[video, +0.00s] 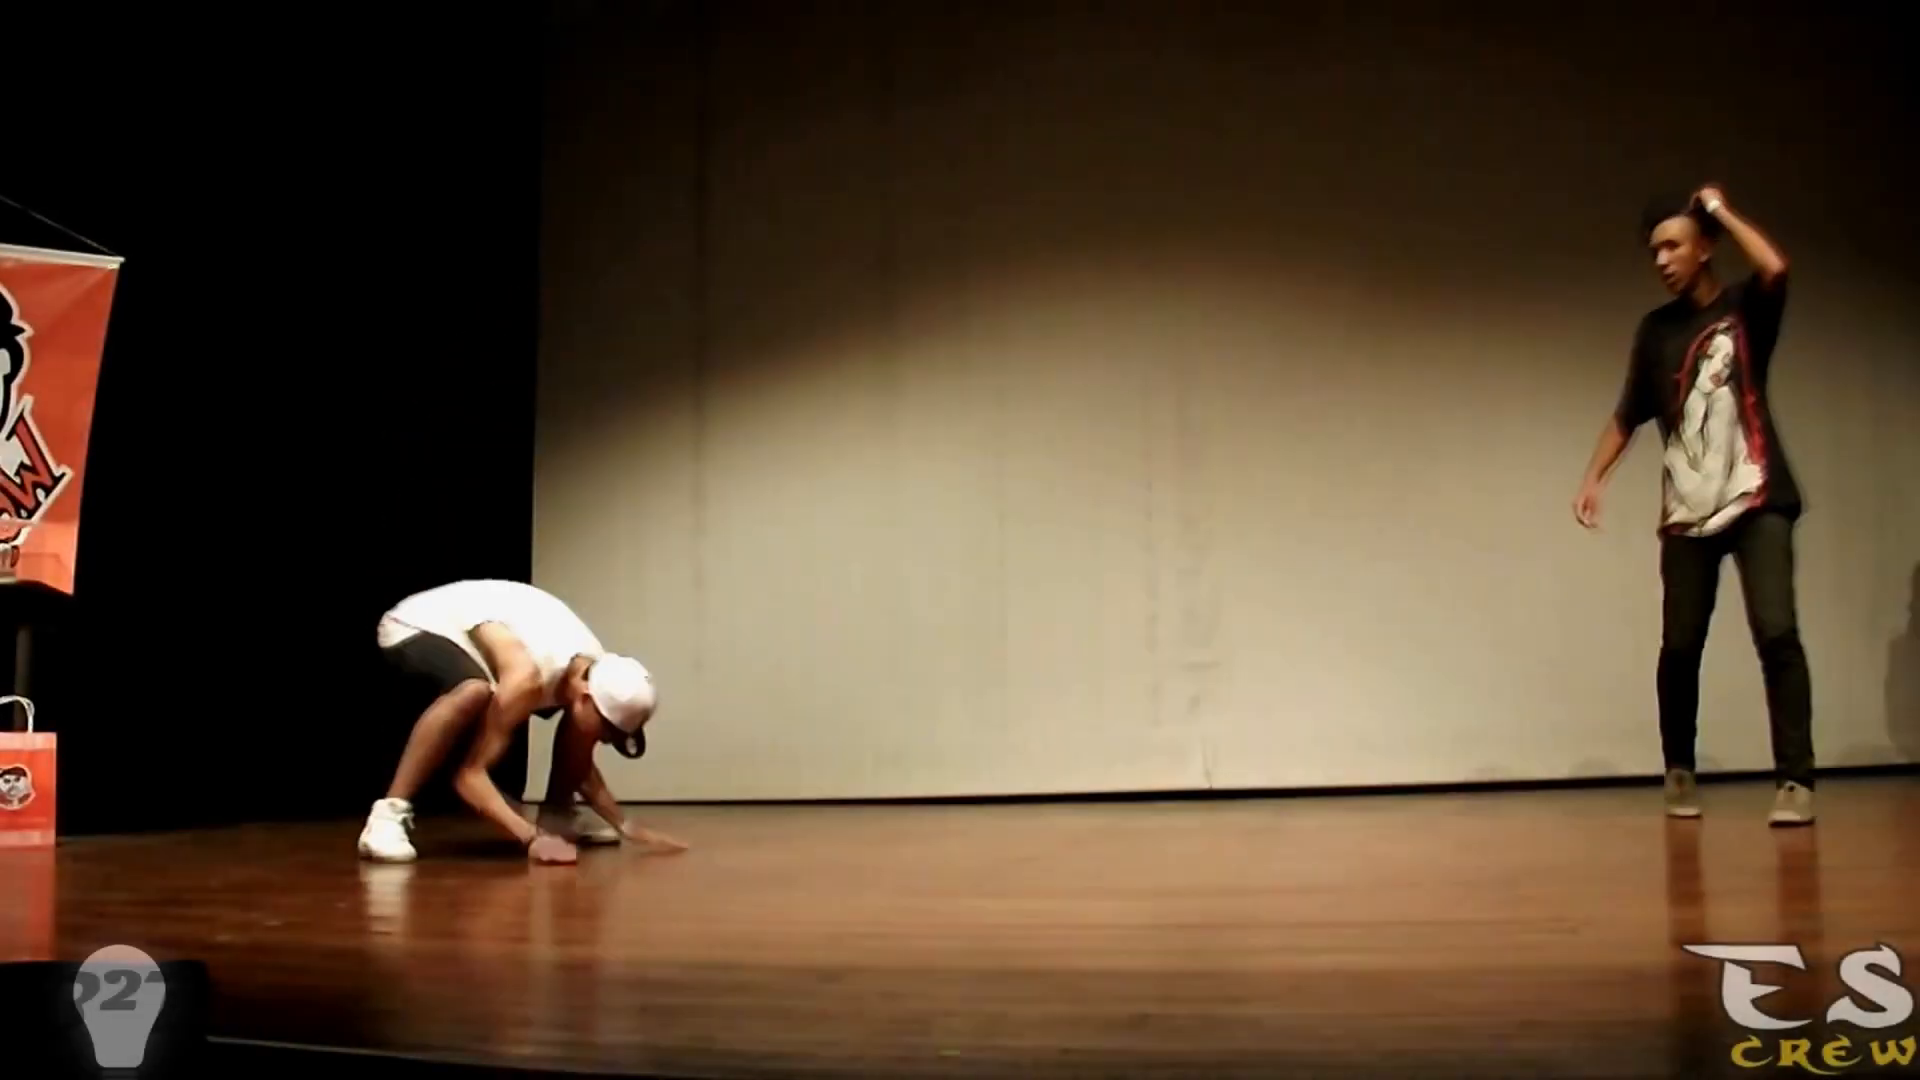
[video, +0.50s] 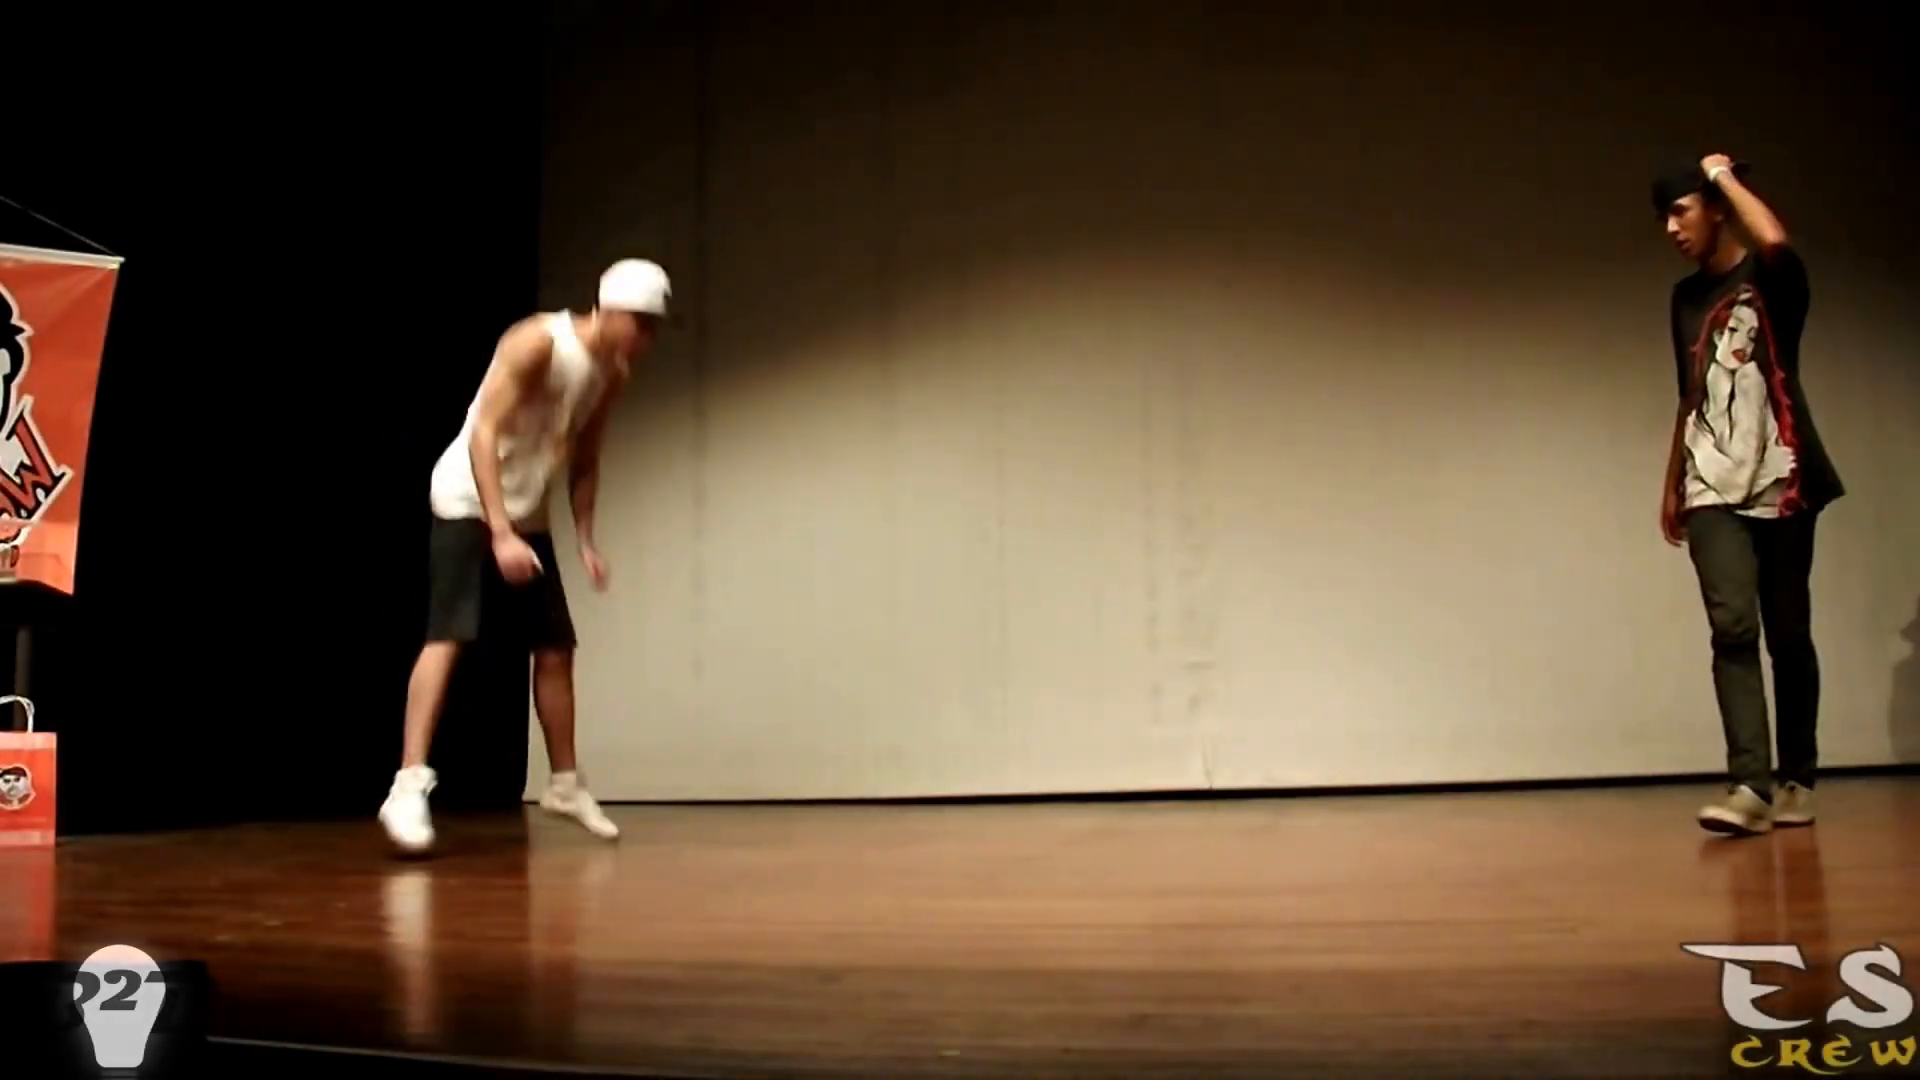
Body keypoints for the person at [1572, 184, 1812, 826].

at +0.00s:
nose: (1660, 259)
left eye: (1670, 246)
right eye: (1655, 250)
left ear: (1706, 247)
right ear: (1656, 258)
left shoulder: (1748, 308)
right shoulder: (1656, 329)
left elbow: (1774, 270)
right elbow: (1627, 415)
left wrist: (1726, 214)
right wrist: (1594, 478)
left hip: (1756, 497)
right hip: (1686, 508)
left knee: (1776, 634)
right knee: (1679, 645)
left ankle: (1795, 783)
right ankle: (1678, 773)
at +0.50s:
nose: (1671, 230)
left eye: (1680, 215)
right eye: (1666, 218)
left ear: (1717, 210)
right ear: (1673, 225)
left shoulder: (1775, 279)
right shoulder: (1687, 295)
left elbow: (1775, 246)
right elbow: (1688, 402)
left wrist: (1728, 181)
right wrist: (1672, 486)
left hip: (1782, 483)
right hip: (1711, 486)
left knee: (1788, 636)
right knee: (1732, 629)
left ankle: (1797, 783)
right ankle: (1750, 785)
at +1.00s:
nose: (1661, 184)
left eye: (1671, 169)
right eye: (1657, 173)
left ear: (1710, 167)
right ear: (1665, 184)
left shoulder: (1763, 236)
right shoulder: (1682, 259)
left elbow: (1740, 204)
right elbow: (1660, 370)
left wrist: (1715, 134)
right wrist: (1601, 426)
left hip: (1764, 459)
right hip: (1697, 472)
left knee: (1785, 602)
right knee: (1730, 628)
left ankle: (1859, 783)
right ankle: (1750, 793)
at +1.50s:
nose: (1619, 150)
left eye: (1630, 135)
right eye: (1619, 139)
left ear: (1674, 135)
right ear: (1662, 144)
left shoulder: (1731, 188)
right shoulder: (1666, 228)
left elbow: (1641, 208)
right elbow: (1640, 343)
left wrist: (1521, 184)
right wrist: (1533, 363)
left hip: (1769, 438)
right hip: (1701, 444)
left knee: (1809, 615)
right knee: (1647, 604)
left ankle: (1875, 801)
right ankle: (1682, 796)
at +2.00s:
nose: (1402, 288)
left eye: (1406, 271)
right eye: (1399, 275)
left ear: (1437, 257)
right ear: (1445, 261)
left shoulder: (1503, 278)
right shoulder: (1491, 327)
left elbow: (1411, 363)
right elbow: (1429, 434)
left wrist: (1294, 426)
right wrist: (1342, 488)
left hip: (1602, 473)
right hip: (1626, 479)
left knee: (1471, 592)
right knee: (1522, 637)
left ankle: (1607, 792)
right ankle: (1626, 807)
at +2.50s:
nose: (1225, 576)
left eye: (1229, 558)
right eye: (1226, 560)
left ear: (1257, 556)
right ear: (1291, 551)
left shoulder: (1293, 593)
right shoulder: (1347, 583)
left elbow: (1283, 732)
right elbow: (1377, 732)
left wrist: (1222, 837)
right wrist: (1321, 802)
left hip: (1431, 725)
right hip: (1480, 735)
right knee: (1349, 827)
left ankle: (1310, 828)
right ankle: (1501, 809)